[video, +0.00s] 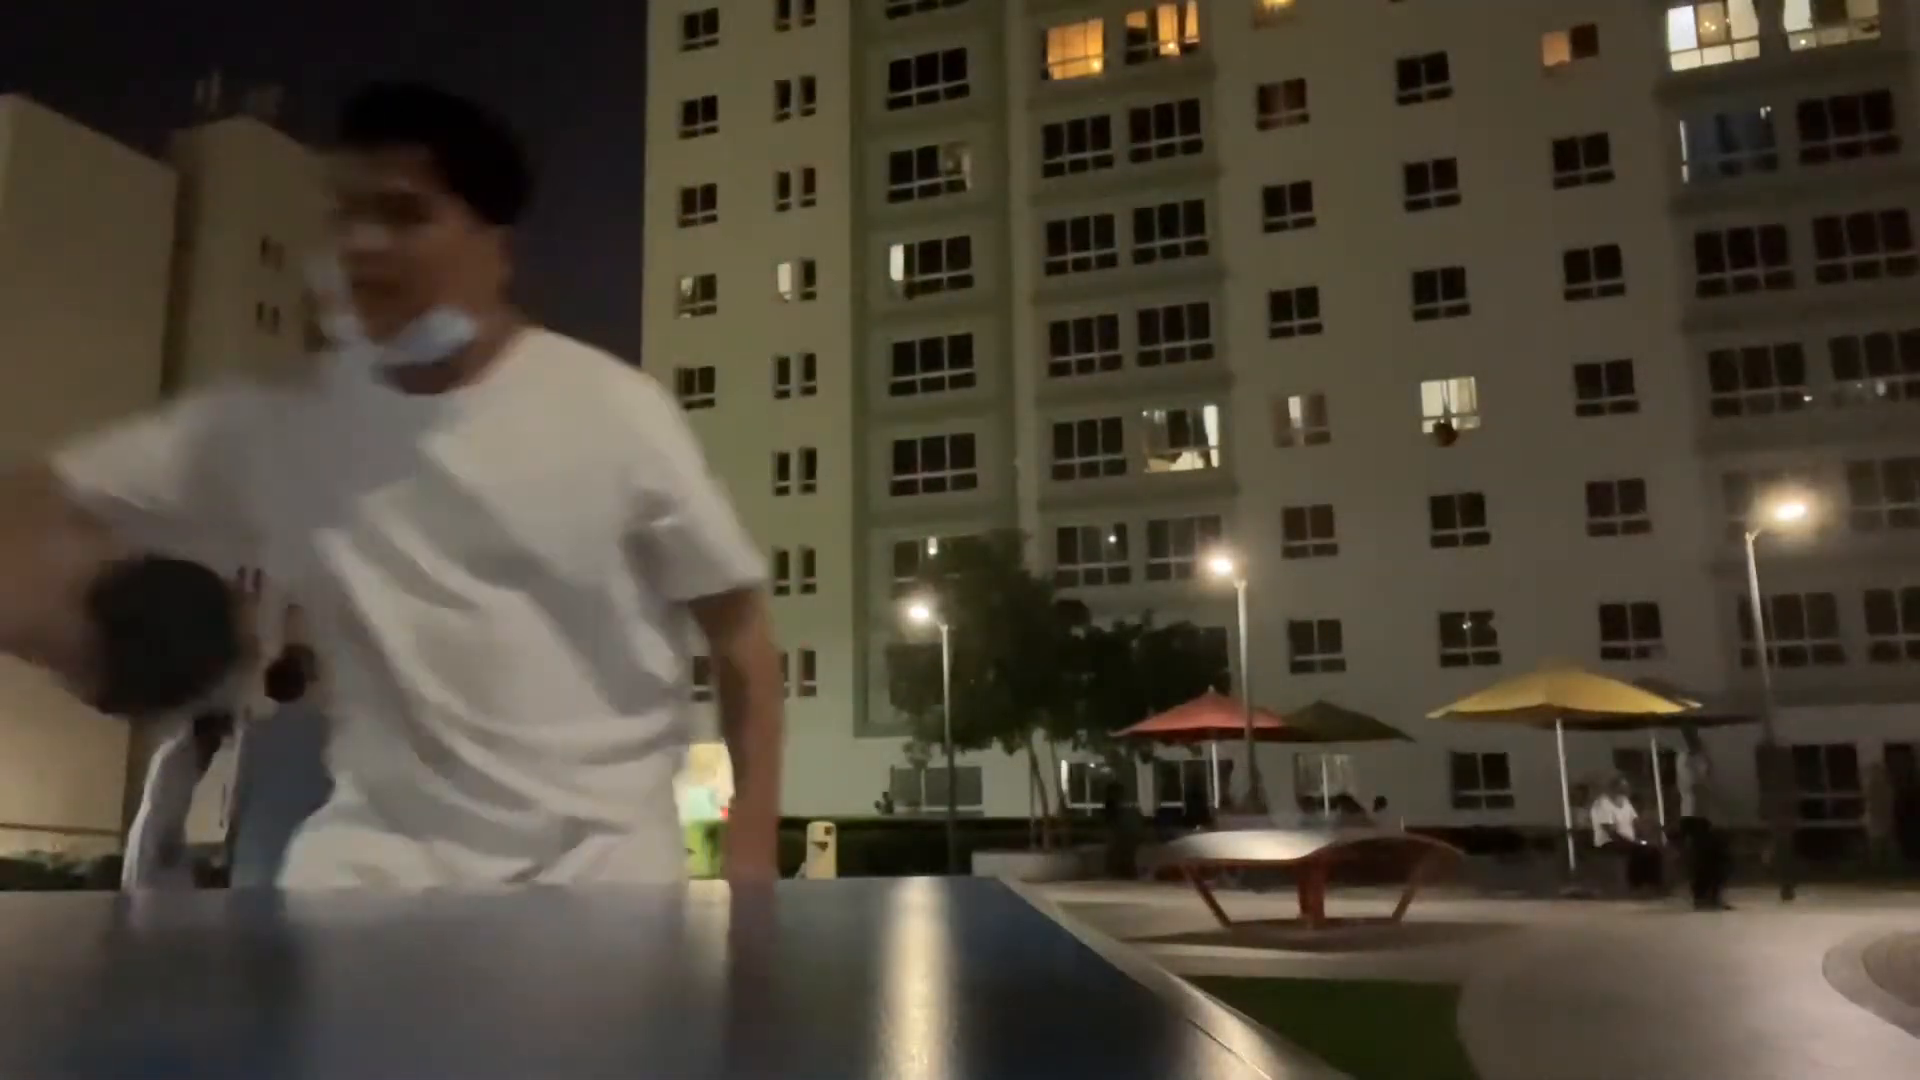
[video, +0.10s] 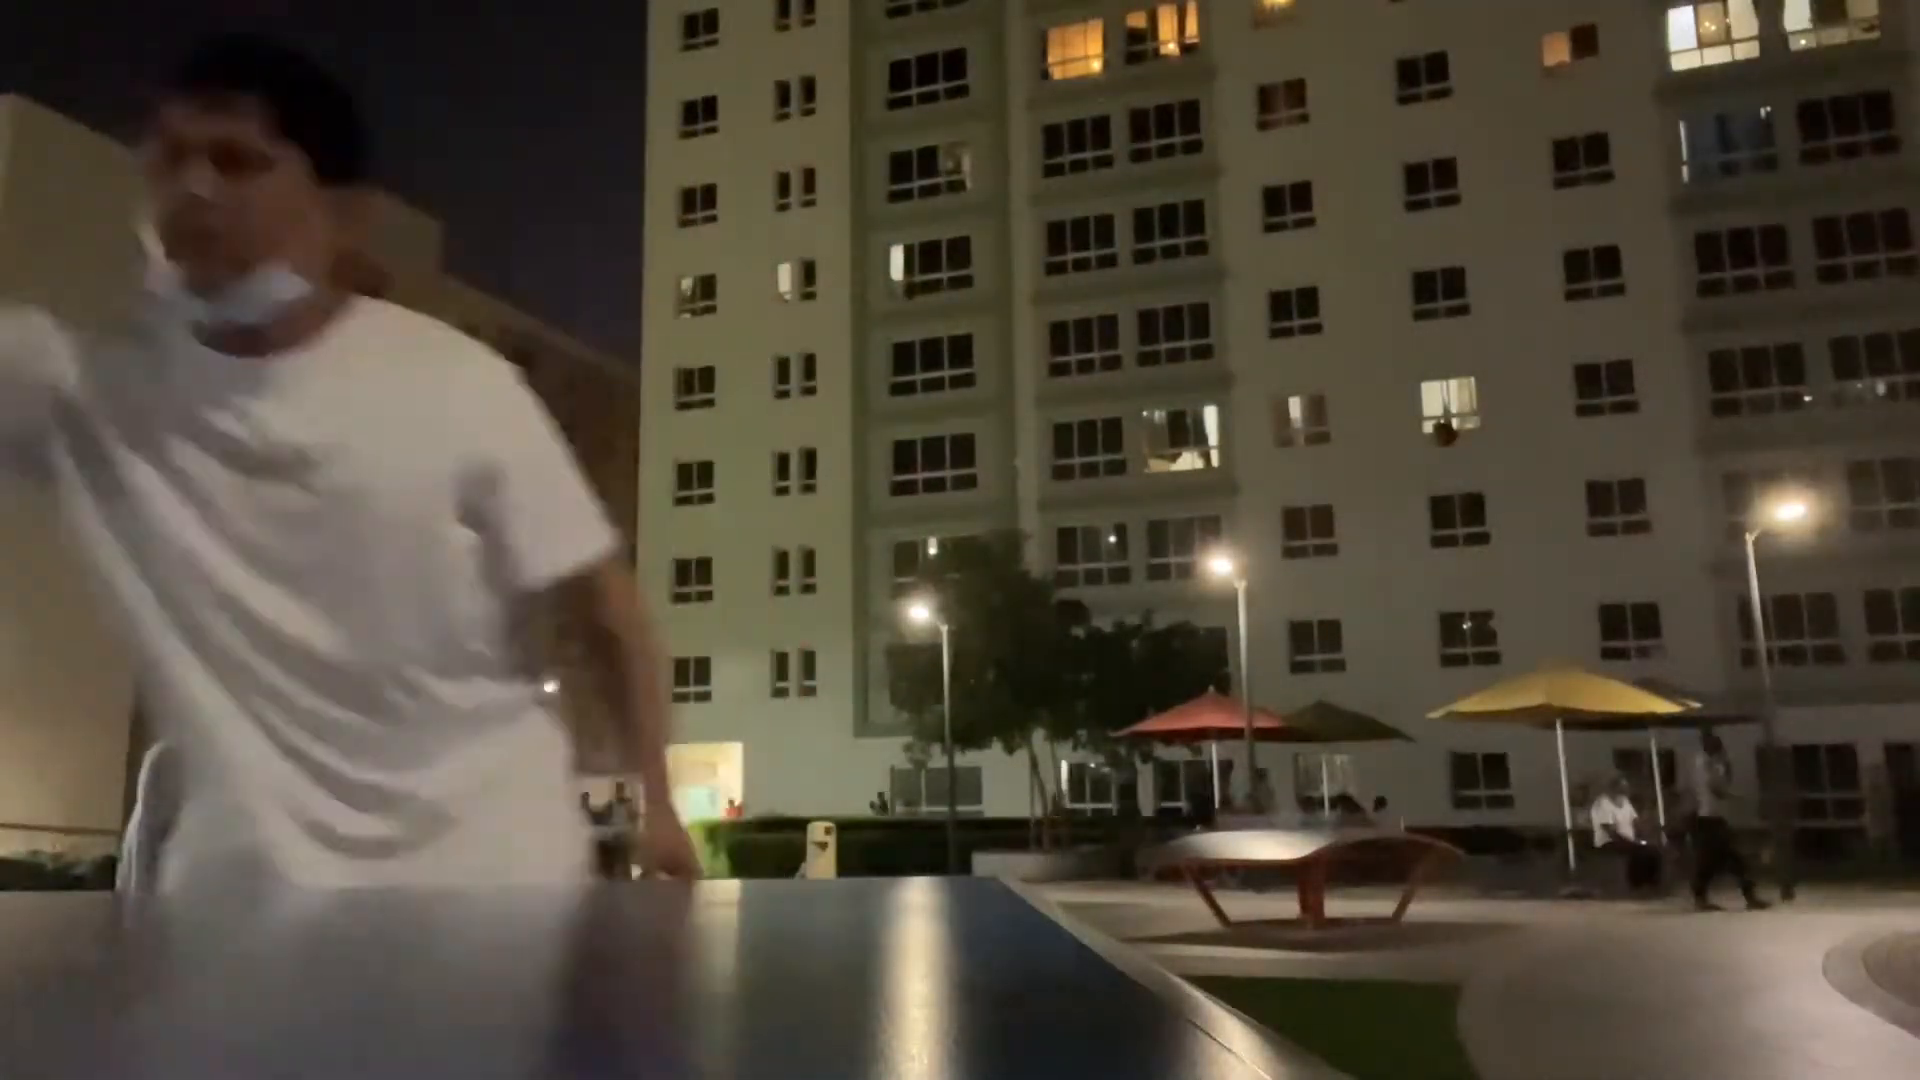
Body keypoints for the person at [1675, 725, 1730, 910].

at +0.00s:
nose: (1696, 742)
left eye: (1696, 738)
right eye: (1693, 739)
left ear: (1696, 740)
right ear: (1689, 740)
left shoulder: (1701, 759)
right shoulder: (1685, 759)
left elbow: (1707, 783)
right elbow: (1692, 783)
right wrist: (1705, 768)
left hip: (1706, 818)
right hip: (1693, 817)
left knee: (1713, 857)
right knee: (1699, 858)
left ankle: (1712, 895)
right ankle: (1701, 896)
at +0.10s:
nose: (1719, 748)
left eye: (1719, 745)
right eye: (1716, 745)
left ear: (1714, 746)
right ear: (1709, 746)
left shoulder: (1715, 761)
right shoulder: (1704, 761)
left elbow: (1727, 781)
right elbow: (1713, 786)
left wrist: (1725, 761)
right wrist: (1729, 795)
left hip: (1717, 818)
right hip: (1706, 819)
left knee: (1736, 859)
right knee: (1706, 860)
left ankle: (1751, 897)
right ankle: (1700, 899)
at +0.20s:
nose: (1738, 745)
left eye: (1736, 741)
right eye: (1735, 742)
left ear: (1722, 743)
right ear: (1731, 743)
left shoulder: (1718, 762)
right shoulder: (1730, 763)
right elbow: (1743, 786)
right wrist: (1754, 797)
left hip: (1725, 818)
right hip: (1737, 818)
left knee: (1726, 861)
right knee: (1750, 860)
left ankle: (1713, 891)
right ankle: (1754, 898)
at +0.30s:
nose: (1753, 742)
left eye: (1751, 738)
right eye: (1750, 739)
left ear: (1736, 741)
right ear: (1747, 741)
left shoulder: (1734, 760)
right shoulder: (1748, 761)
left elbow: (1741, 788)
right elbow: (1753, 789)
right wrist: (1764, 808)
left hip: (1739, 815)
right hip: (1752, 817)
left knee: (1749, 859)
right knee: (1755, 859)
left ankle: (1753, 898)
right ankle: (1756, 899)